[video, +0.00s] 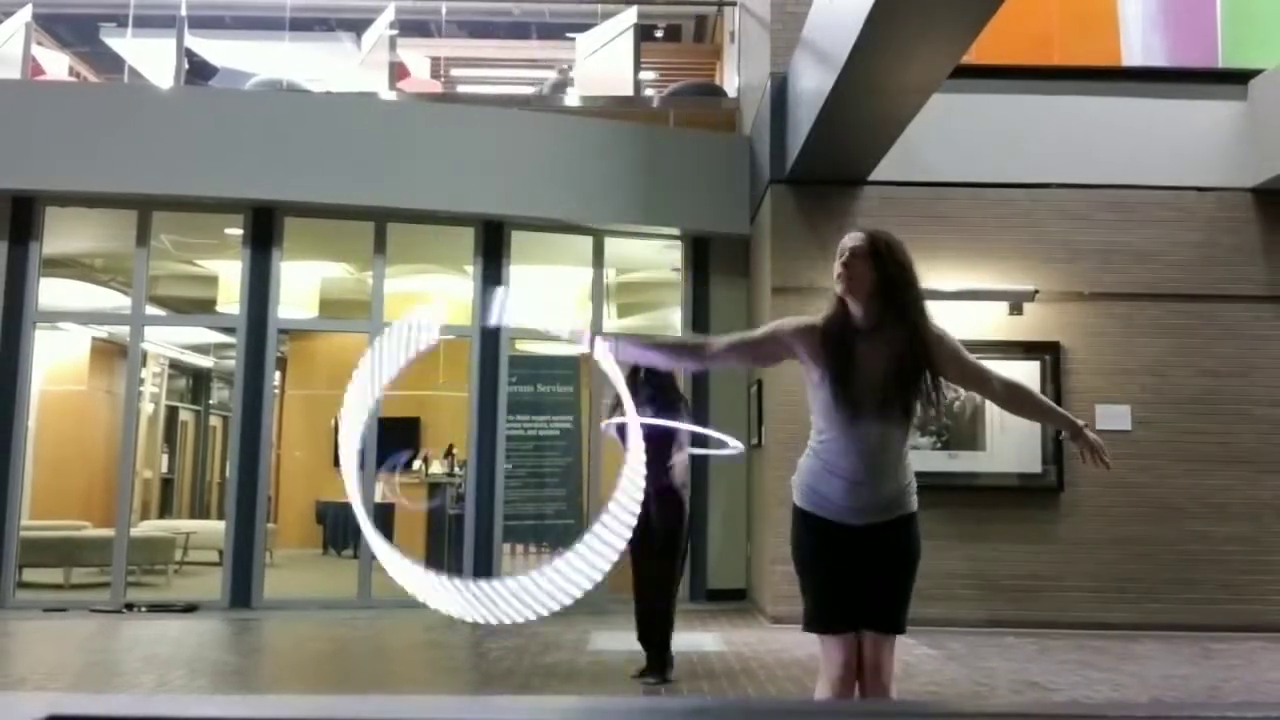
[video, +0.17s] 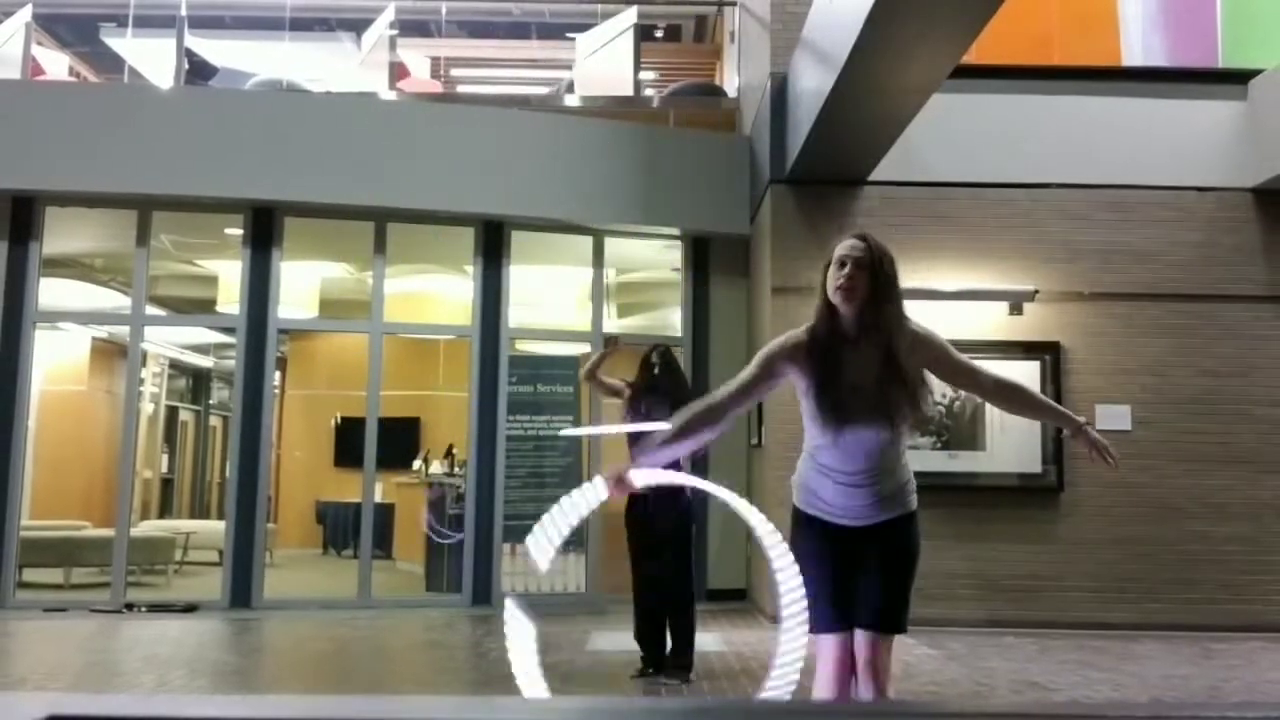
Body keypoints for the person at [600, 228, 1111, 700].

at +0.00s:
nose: (841, 270)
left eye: (854, 260)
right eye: (839, 260)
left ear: (885, 273)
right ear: (836, 274)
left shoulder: (920, 341)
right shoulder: (810, 338)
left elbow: (994, 385)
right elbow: (708, 354)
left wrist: (1071, 425)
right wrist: (623, 346)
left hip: (890, 513)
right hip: (822, 511)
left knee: (877, 666)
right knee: (840, 667)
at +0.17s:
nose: (846, 274)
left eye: (859, 267)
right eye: (839, 265)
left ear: (881, 283)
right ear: (826, 279)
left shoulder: (907, 343)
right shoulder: (797, 350)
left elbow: (983, 383)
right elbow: (720, 406)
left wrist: (1070, 422)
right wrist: (651, 453)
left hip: (888, 514)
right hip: (818, 513)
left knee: (873, 666)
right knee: (835, 661)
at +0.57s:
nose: (847, 256)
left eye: (859, 250)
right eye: (838, 249)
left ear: (876, 270)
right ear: (821, 267)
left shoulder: (902, 336)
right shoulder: (791, 341)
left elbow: (981, 377)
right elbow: (704, 381)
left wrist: (1069, 415)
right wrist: (621, 412)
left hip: (883, 515)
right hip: (814, 514)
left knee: (867, 667)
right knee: (828, 664)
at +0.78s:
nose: (849, 231)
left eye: (861, 230)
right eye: (839, 230)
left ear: (879, 255)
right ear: (823, 257)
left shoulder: (905, 315)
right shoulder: (796, 315)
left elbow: (998, 345)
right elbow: (695, 328)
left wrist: (1076, 373)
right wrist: (605, 333)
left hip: (883, 508)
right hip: (812, 507)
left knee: (870, 673)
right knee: (827, 670)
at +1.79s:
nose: (884, 279)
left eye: (885, 276)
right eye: (873, 271)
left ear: (881, 293)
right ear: (842, 278)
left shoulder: (903, 338)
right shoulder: (806, 322)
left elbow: (991, 364)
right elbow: (709, 310)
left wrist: (1013, 325)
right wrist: (621, 302)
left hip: (903, 514)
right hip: (831, 512)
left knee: (887, 670)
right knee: (841, 670)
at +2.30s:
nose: (889, 246)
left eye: (887, 239)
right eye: (877, 240)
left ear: (878, 259)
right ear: (848, 254)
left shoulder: (904, 322)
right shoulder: (808, 312)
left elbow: (986, 358)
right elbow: (727, 330)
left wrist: (1065, 358)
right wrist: (649, 335)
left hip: (890, 506)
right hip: (822, 506)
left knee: (877, 672)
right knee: (837, 673)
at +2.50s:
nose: (873, 239)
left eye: (874, 233)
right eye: (859, 233)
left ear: (877, 252)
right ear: (829, 252)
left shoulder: (904, 324)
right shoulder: (795, 318)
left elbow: (982, 375)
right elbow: (724, 359)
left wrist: (1063, 415)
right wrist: (694, 360)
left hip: (883, 507)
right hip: (815, 507)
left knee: (872, 667)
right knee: (828, 672)